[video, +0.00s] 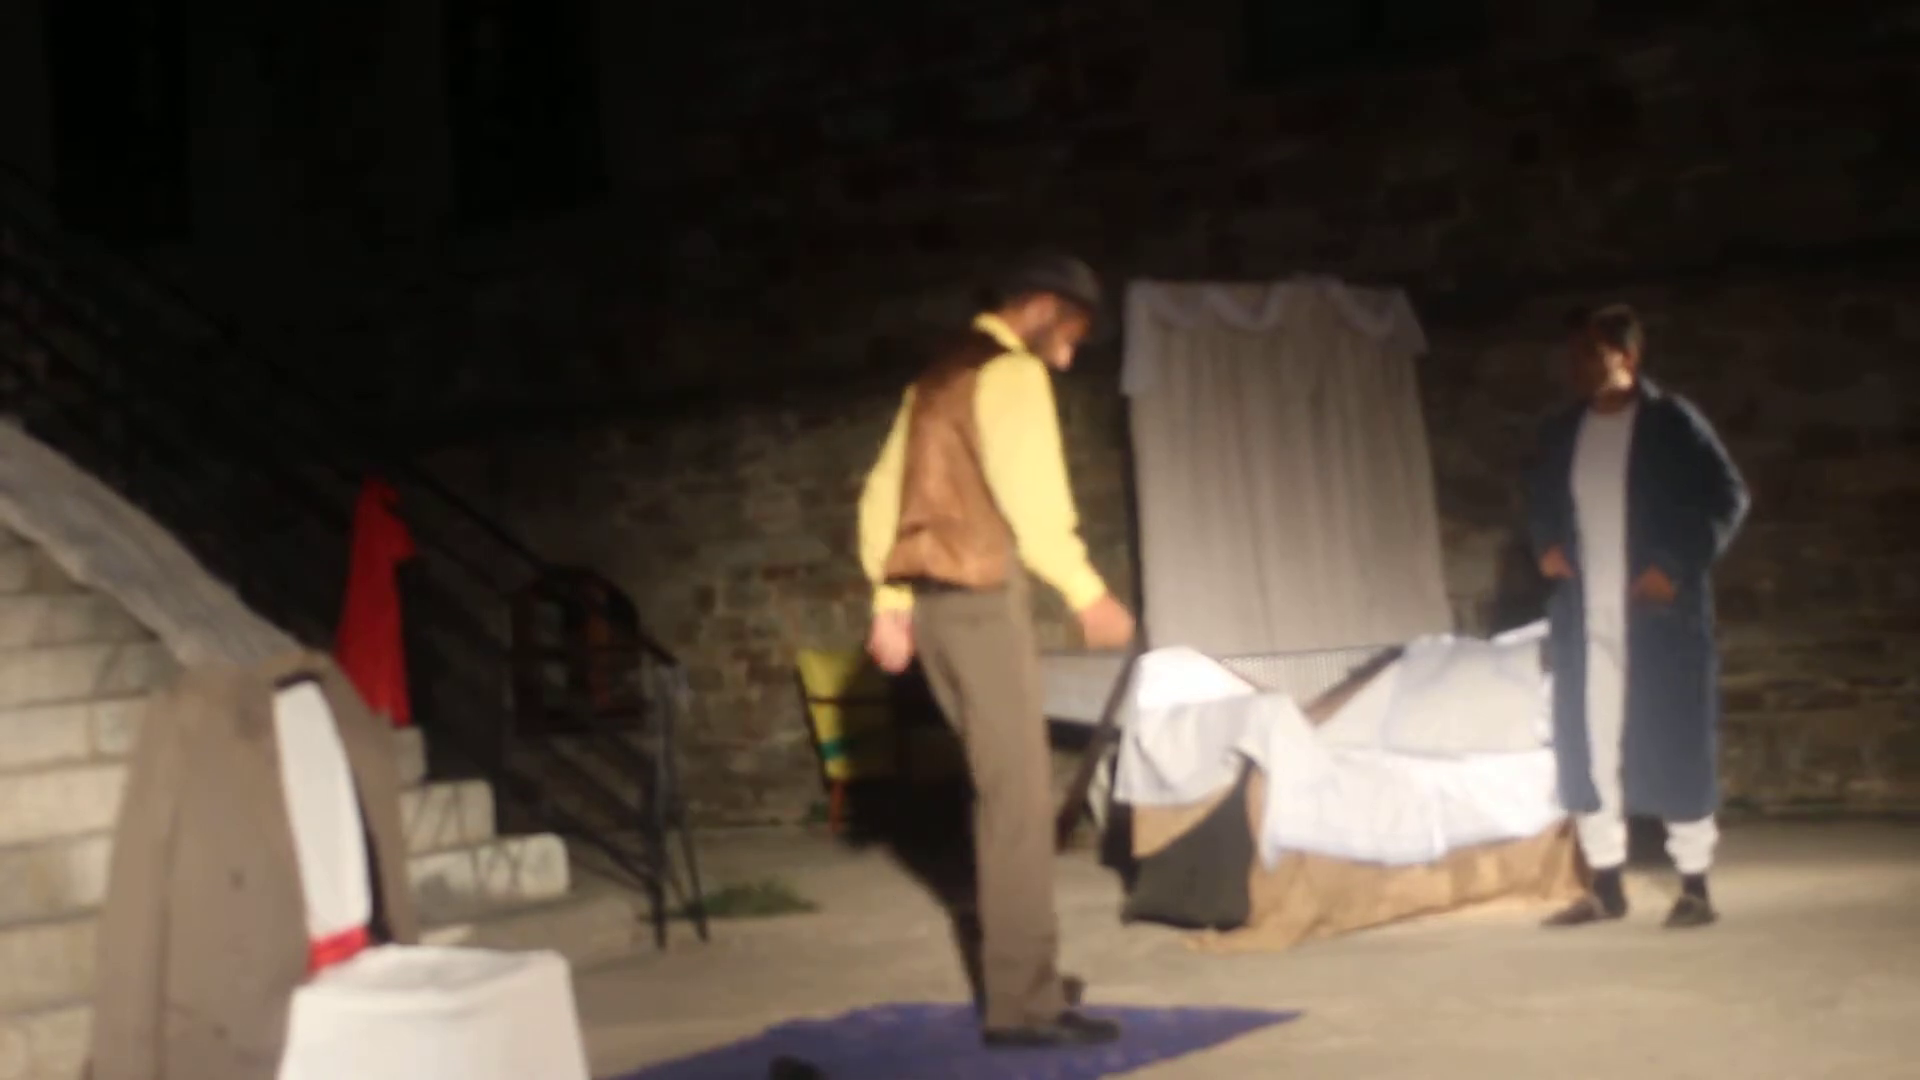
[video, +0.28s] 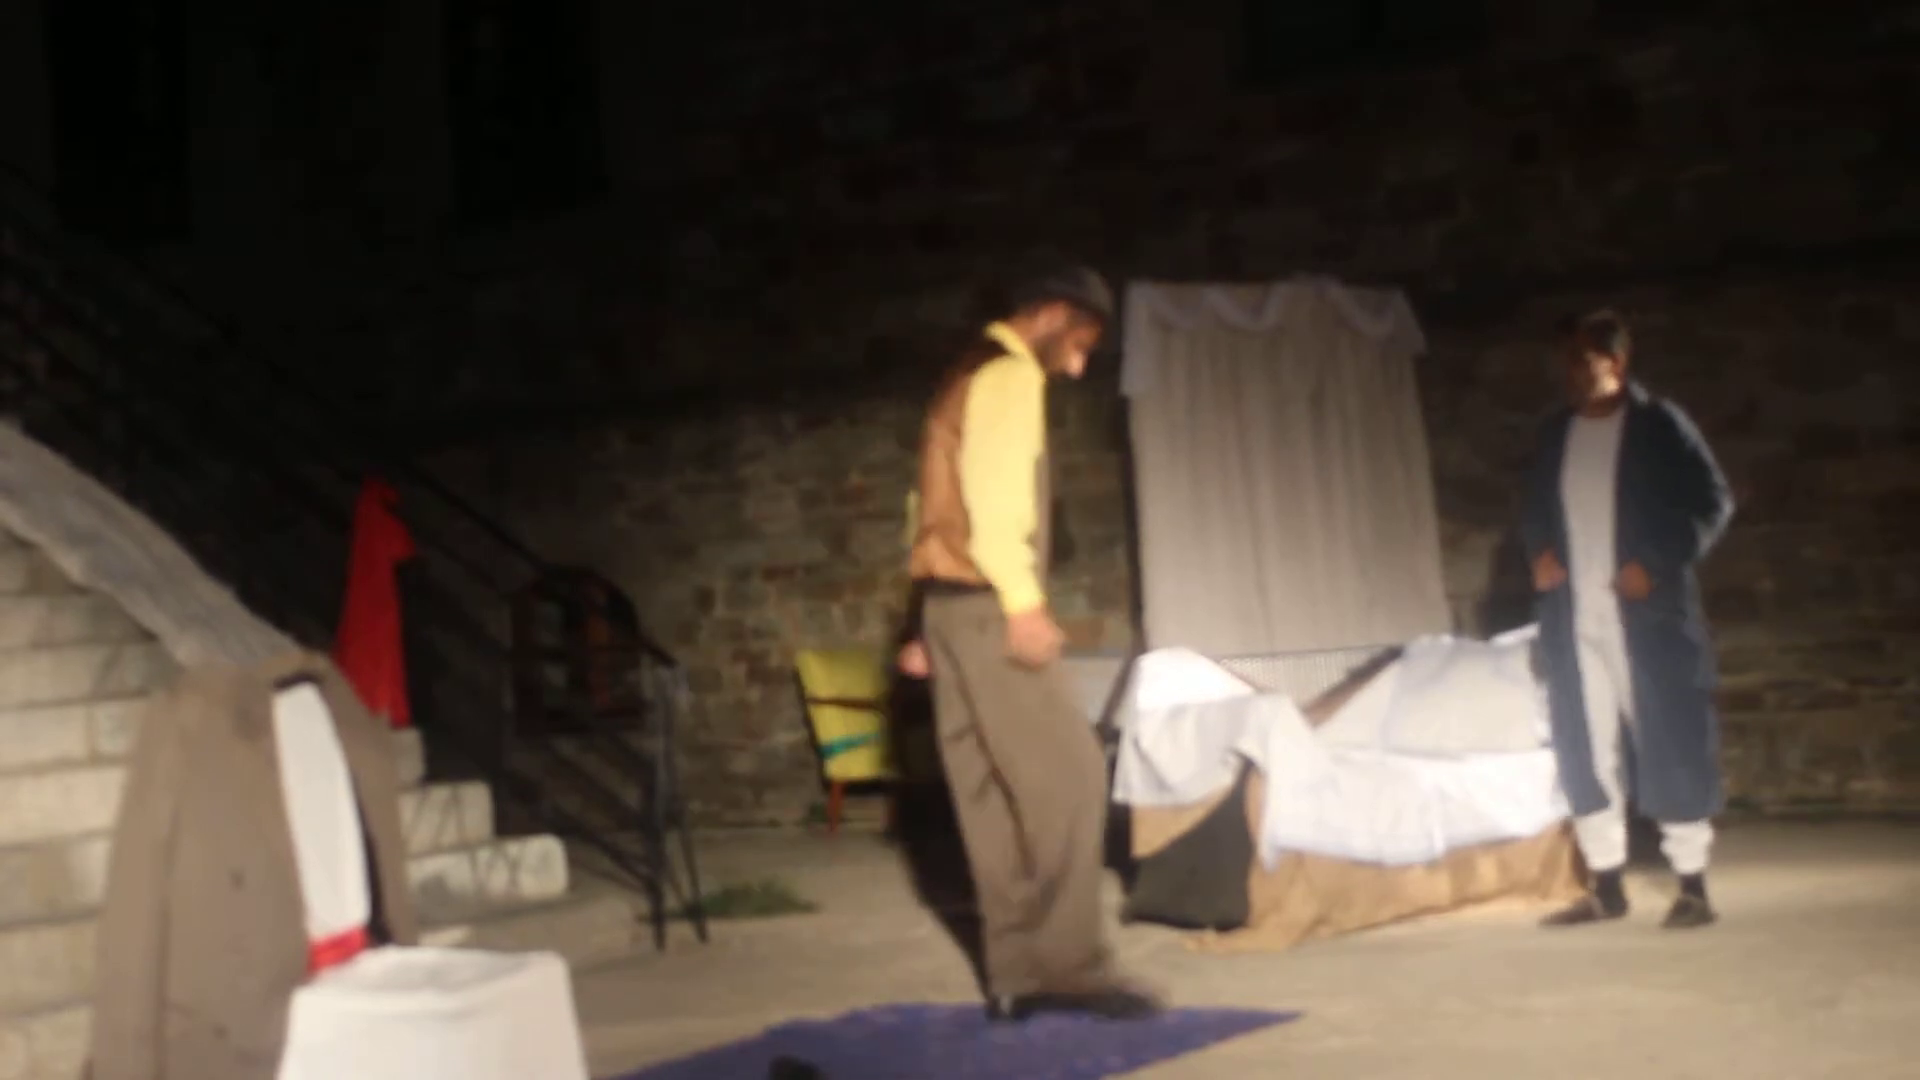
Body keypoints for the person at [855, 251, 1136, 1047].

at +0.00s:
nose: (1069, 355)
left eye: (1076, 341)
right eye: (1071, 335)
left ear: (1017, 309)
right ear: (1041, 309)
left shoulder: (935, 379)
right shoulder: (1014, 374)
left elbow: (883, 489)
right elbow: (1033, 496)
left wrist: (890, 595)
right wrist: (1089, 595)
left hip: (935, 611)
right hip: (983, 609)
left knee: (1002, 792)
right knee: (1018, 795)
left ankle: (1017, 977)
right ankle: (1020, 1002)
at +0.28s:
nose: (1083, 360)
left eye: (1090, 347)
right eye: (1084, 342)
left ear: (1043, 317)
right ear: (1051, 315)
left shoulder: (972, 378)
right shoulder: (1012, 379)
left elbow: (929, 504)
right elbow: (998, 492)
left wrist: (924, 619)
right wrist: (1023, 602)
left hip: (948, 605)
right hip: (986, 606)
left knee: (984, 797)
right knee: (1066, 771)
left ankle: (1015, 974)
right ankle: (1069, 965)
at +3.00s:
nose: (1180, 335)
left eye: (1182, 318)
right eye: (1177, 316)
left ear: (1133, 310)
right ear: (1147, 308)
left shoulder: (1095, 378)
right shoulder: (1117, 381)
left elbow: (1139, 498)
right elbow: (1151, 502)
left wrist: (1216, 504)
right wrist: (1215, 598)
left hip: (1115, 596)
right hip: (1139, 598)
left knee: (1125, 773)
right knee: (1149, 775)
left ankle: (1113, 954)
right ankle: (1138, 956)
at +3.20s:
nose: (1198, 324)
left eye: (1199, 308)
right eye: (1193, 307)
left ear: (1147, 306)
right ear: (1161, 305)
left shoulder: (1111, 375)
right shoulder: (1125, 382)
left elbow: (1145, 501)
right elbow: (1146, 505)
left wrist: (1206, 570)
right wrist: (1201, 593)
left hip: (1125, 593)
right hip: (1139, 595)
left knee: (1147, 765)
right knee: (1160, 768)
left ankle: (1112, 935)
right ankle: (1143, 955)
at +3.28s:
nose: (1208, 318)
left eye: (1207, 302)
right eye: (1203, 303)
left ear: (1153, 304)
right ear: (1174, 304)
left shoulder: (1116, 374)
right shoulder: (1136, 380)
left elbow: (1121, 492)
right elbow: (1133, 493)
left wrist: (1169, 585)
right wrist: (1176, 592)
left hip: (1124, 588)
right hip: (1136, 591)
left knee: (1152, 763)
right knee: (1167, 766)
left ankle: (1124, 934)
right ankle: (1145, 951)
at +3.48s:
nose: (1235, 323)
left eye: (1235, 307)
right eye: (1229, 308)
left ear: (1191, 308)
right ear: (1197, 309)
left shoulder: (1165, 389)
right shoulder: (1137, 390)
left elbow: (1156, 509)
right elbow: (1099, 496)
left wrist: (1181, 605)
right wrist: (1134, 593)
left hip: (1171, 608)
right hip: (1144, 609)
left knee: (1185, 771)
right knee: (1146, 777)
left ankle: (1197, 929)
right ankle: (1141, 952)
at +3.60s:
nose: (1248, 331)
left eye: (1247, 316)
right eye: (1240, 316)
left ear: (1203, 316)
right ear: (1207, 316)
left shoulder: (1180, 396)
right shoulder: (1141, 392)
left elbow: (1173, 519)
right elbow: (1088, 496)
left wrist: (1193, 610)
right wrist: (1112, 591)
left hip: (1180, 614)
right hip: (1145, 615)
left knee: (1192, 775)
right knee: (1148, 782)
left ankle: (1196, 933)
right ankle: (1139, 953)